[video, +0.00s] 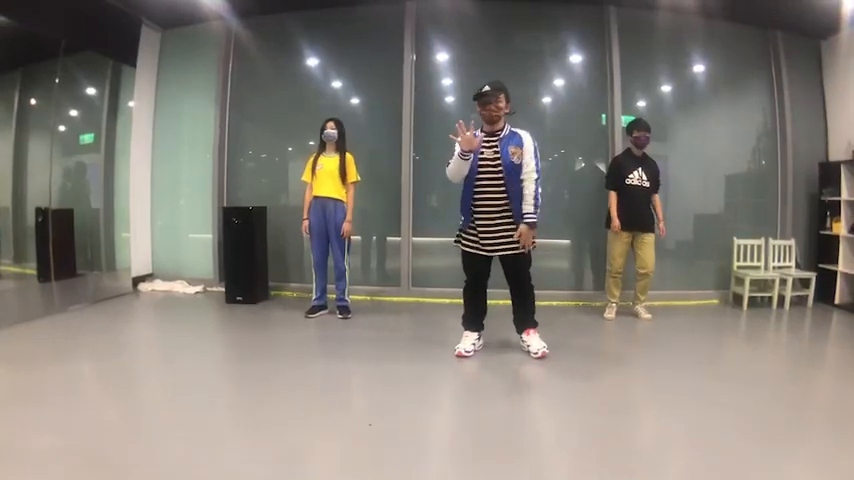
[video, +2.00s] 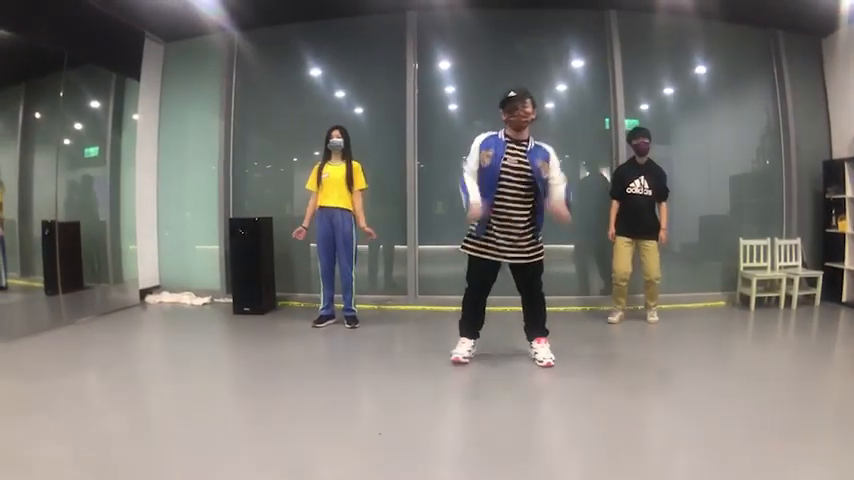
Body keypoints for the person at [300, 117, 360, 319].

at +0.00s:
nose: (329, 132)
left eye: (334, 129)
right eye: (326, 129)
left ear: (340, 134)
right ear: (321, 133)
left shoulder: (346, 158)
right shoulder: (315, 158)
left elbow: (350, 189)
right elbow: (309, 188)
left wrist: (349, 219)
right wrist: (305, 216)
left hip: (337, 203)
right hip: (317, 203)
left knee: (339, 257)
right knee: (318, 256)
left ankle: (342, 302)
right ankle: (319, 301)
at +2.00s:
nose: (336, 140)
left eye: (340, 137)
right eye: (332, 137)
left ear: (346, 141)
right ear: (327, 142)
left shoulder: (353, 166)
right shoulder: (320, 167)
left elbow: (357, 196)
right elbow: (313, 198)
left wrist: (362, 224)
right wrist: (305, 225)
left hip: (344, 214)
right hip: (323, 214)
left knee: (346, 265)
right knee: (325, 265)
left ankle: (349, 312)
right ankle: (326, 311)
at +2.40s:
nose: (321, 152)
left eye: (326, 149)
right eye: (318, 149)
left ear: (334, 155)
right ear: (314, 155)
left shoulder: (338, 174)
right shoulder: (311, 180)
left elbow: (353, 196)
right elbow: (296, 202)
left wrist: (327, 204)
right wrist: (298, 215)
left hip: (337, 226)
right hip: (319, 228)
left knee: (333, 280)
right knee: (309, 273)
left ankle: (365, 312)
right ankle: (307, 317)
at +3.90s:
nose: (325, 138)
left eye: (330, 135)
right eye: (322, 135)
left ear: (336, 142)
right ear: (316, 142)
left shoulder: (344, 167)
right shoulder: (309, 168)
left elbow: (350, 198)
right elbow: (303, 199)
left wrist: (345, 225)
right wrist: (300, 226)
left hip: (339, 214)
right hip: (317, 214)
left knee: (347, 265)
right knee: (311, 266)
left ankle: (349, 310)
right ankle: (300, 311)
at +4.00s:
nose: (333, 144)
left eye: (337, 141)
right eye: (329, 141)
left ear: (342, 148)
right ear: (323, 147)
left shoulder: (349, 173)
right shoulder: (315, 171)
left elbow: (361, 202)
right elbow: (303, 198)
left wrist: (345, 224)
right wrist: (302, 226)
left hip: (343, 218)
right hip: (322, 219)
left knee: (349, 267)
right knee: (322, 270)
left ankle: (348, 311)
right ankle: (296, 311)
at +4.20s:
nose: (341, 149)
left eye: (345, 146)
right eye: (338, 146)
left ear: (351, 153)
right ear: (332, 152)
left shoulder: (355, 177)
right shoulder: (321, 173)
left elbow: (368, 204)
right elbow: (300, 194)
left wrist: (347, 216)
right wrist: (311, 216)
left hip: (346, 226)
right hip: (326, 226)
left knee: (355, 271)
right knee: (332, 272)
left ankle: (350, 312)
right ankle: (299, 311)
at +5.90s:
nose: (318, 146)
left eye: (322, 143)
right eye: (316, 142)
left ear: (329, 148)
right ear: (311, 146)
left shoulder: (332, 174)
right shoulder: (300, 169)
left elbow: (342, 202)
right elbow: (284, 190)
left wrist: (336, 227)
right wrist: (267, 203)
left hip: (321, 220)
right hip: (300, 219)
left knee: (332, 271)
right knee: (297, 270)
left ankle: (350, 314)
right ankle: (296, 316)